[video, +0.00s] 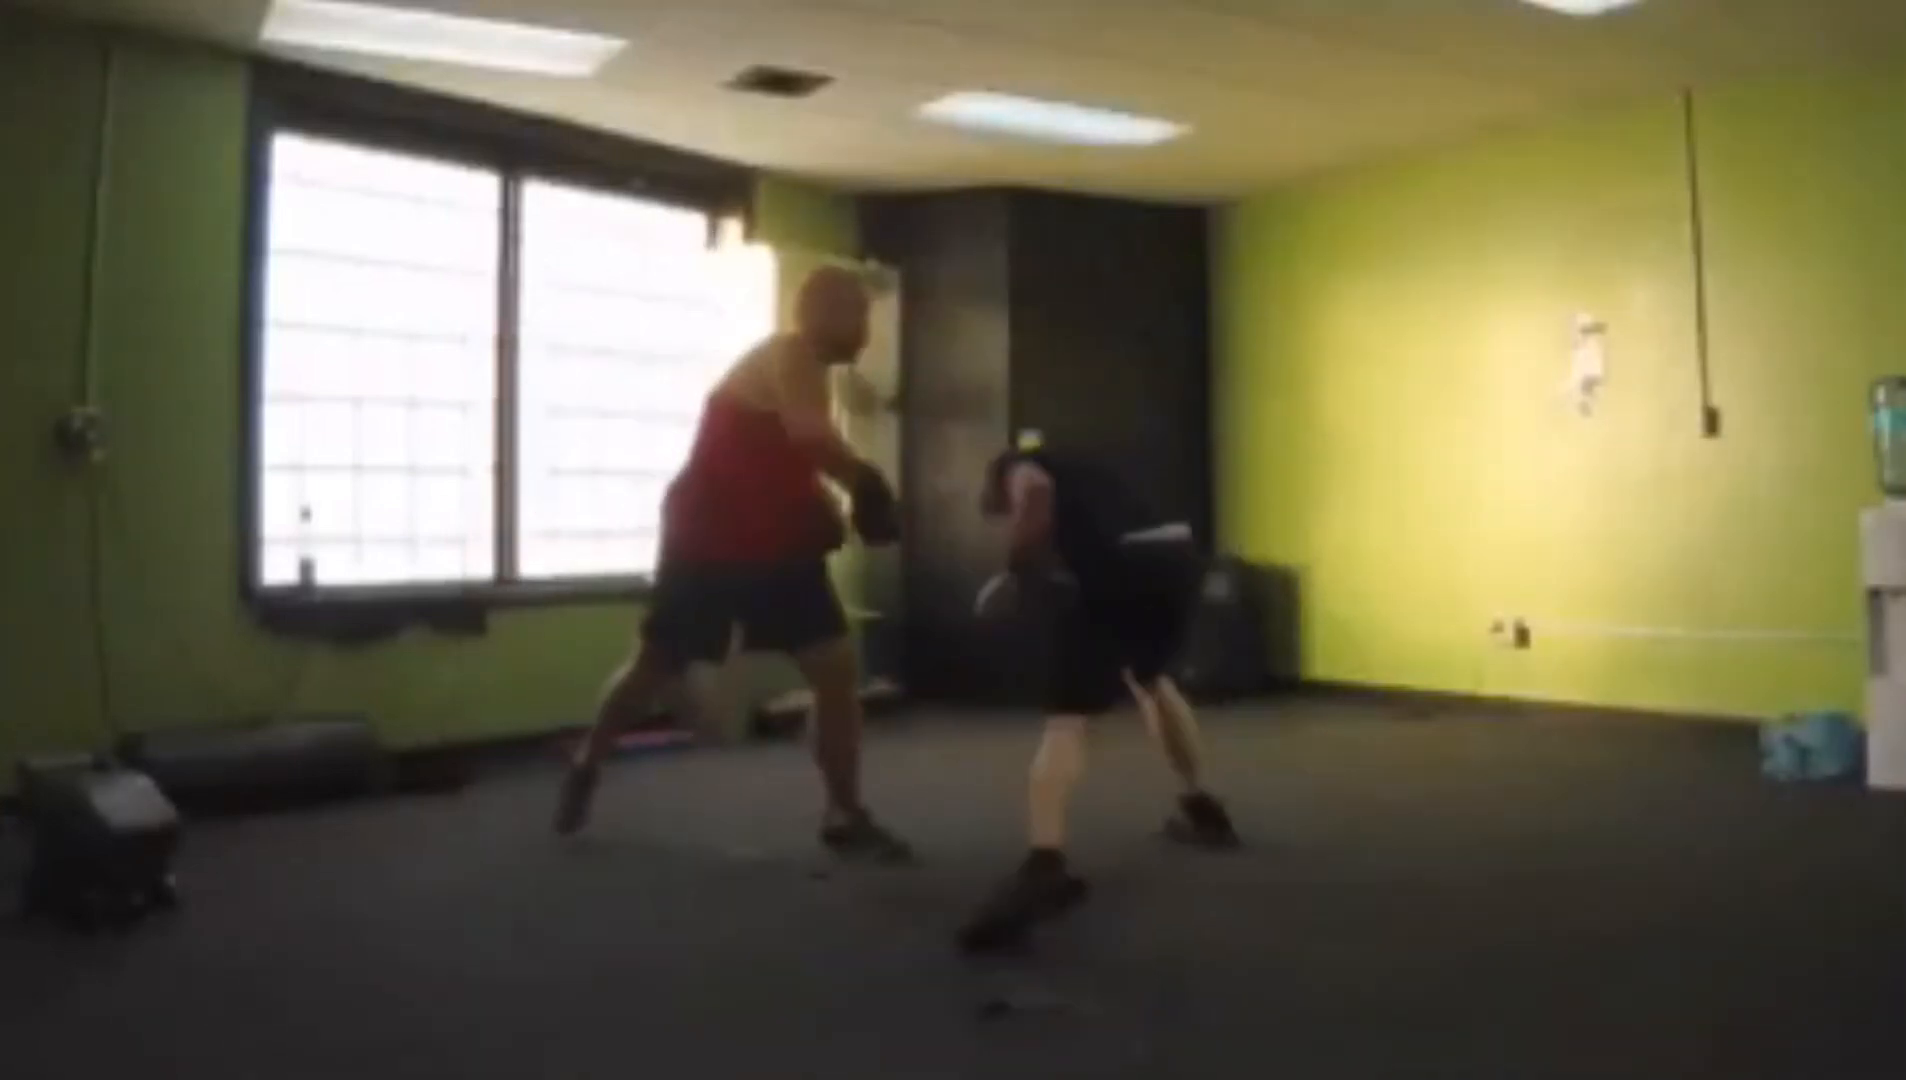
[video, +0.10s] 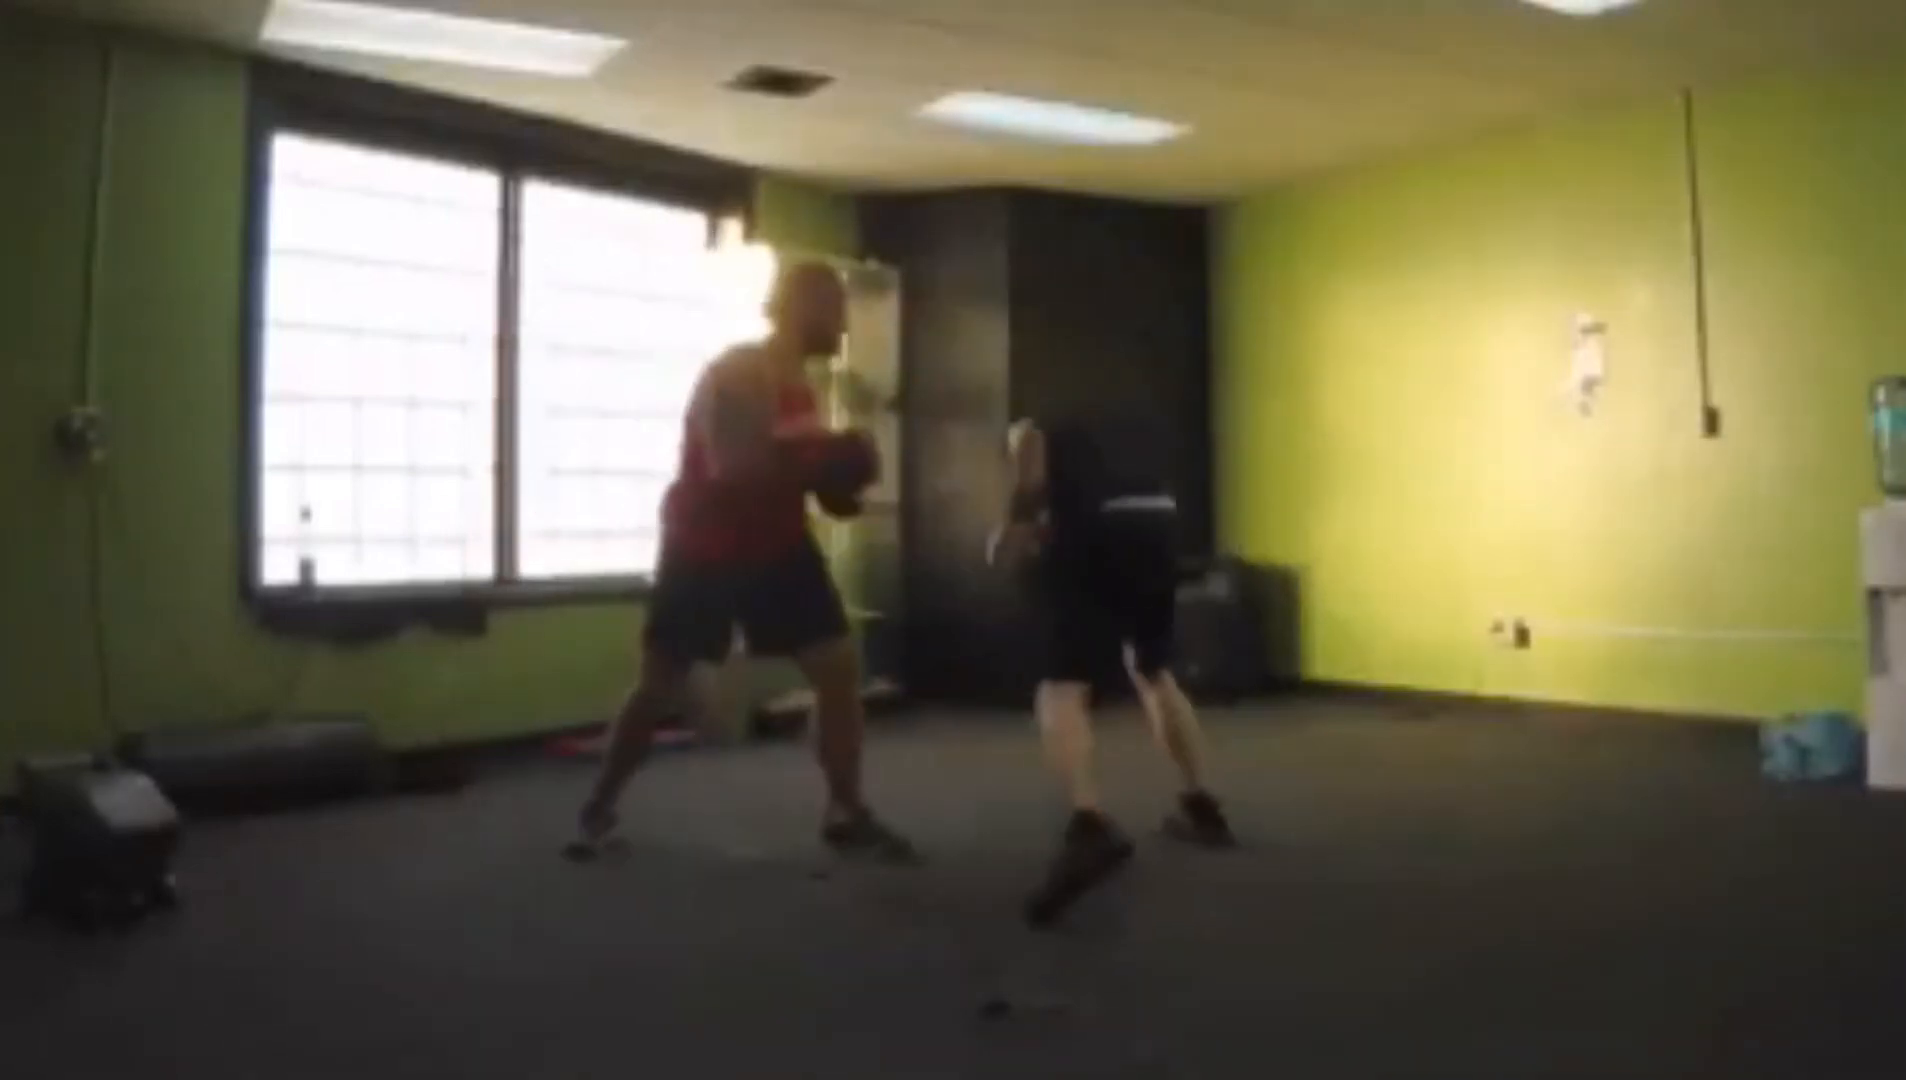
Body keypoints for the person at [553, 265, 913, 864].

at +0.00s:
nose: (866, 333)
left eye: (867, 318)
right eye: (859, 318)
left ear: (821, 317)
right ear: (829, 316)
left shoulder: (803, 368)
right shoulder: (790, 358)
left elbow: (786, 461)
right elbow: (809, 439)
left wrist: (821, 511)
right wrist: (865, 482)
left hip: (781, 540)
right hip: (712, 538)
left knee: (835, 671)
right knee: (655, 669)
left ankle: (844, 812)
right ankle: (585, 767)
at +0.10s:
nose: (841, 324)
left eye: (842, 309)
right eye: (832, 308)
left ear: (818, 311)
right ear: (797, 309)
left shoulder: (798, 388)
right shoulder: (736, 374)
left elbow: (794, 463)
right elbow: (729, 466)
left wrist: (836, 481)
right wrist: (825, 456)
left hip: (779, 545)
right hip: (704, 551)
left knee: (836, 672)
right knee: (659, 688)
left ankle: (846, 811)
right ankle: (599, 810)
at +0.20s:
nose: (807, 329)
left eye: (808, 316)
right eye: (796, 315)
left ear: (800, 323)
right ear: (766, 318)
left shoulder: (796, 395)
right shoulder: (711, 380)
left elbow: (846, 432)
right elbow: (704, 471)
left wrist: (862, 432)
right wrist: (787, 437)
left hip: (765, 542)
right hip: (688, 547)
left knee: (835, 647)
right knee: (655, 689)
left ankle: (852, 798)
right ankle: (601, 812)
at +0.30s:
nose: (796, 328)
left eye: (801, 315)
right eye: (783, 315)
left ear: (808, 319)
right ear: (755, 316)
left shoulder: (799, 380)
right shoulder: (708, 375)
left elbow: (860, 395)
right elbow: (684, 464)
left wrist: (922, 376)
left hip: (766, 535)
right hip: (690, 542)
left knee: (843, 636)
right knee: (655, 682)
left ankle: (854, 772)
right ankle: (601, 809)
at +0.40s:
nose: (805, 315)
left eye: (810, 302)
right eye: (791, 304)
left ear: (819, 306)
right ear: (766, 309)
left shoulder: (829, 360)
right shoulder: (722, 368)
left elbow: (915, 353)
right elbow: (656, 441)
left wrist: (998, 331)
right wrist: (727, 427)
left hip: (782, 525)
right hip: (704, 528)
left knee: (854, 628)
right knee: (661, 652)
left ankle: (865, 756)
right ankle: (608, 789)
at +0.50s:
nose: (816, 320)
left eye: (819, 307)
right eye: (803, 308)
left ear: (827, 314)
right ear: (777, 318)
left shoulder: (835, 366)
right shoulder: (742, 380)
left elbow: (895, 371)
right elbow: (654, 445)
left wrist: (948, 363)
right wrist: (732, 437)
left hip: (806, 540)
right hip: (726, 540)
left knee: (850, 654)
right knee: (673, 649)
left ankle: (867, 778)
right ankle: (607, 781)